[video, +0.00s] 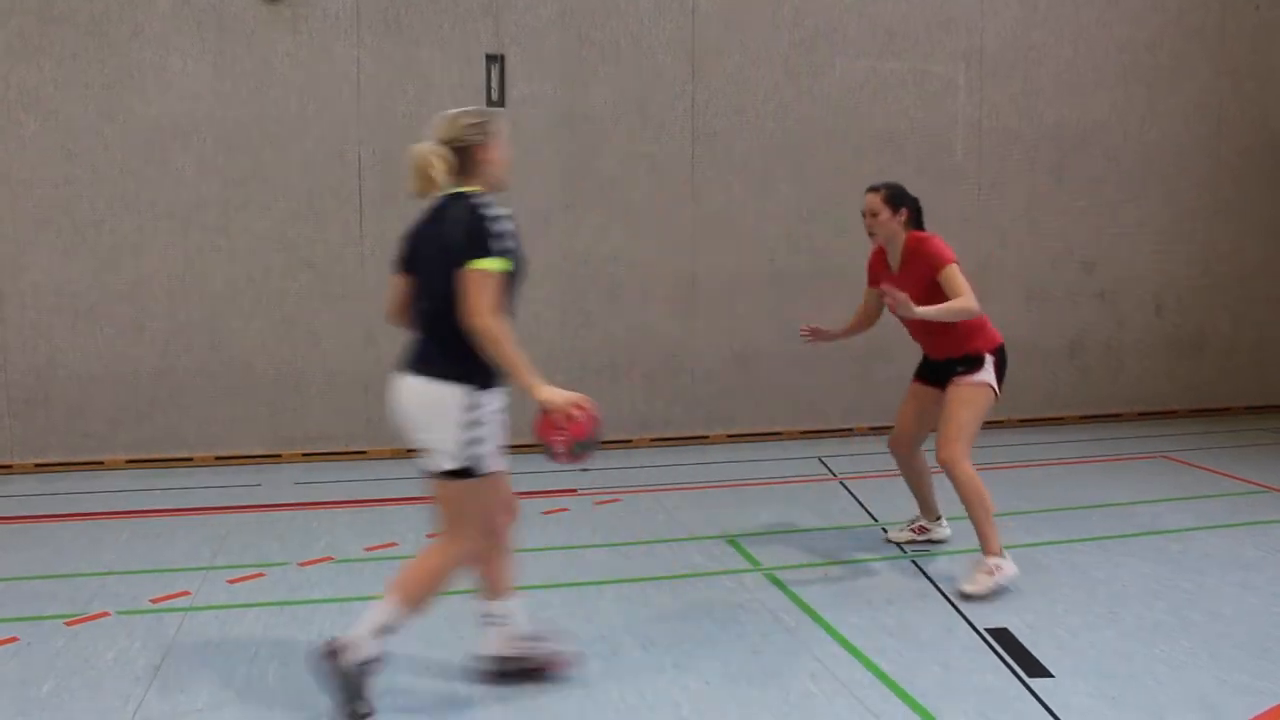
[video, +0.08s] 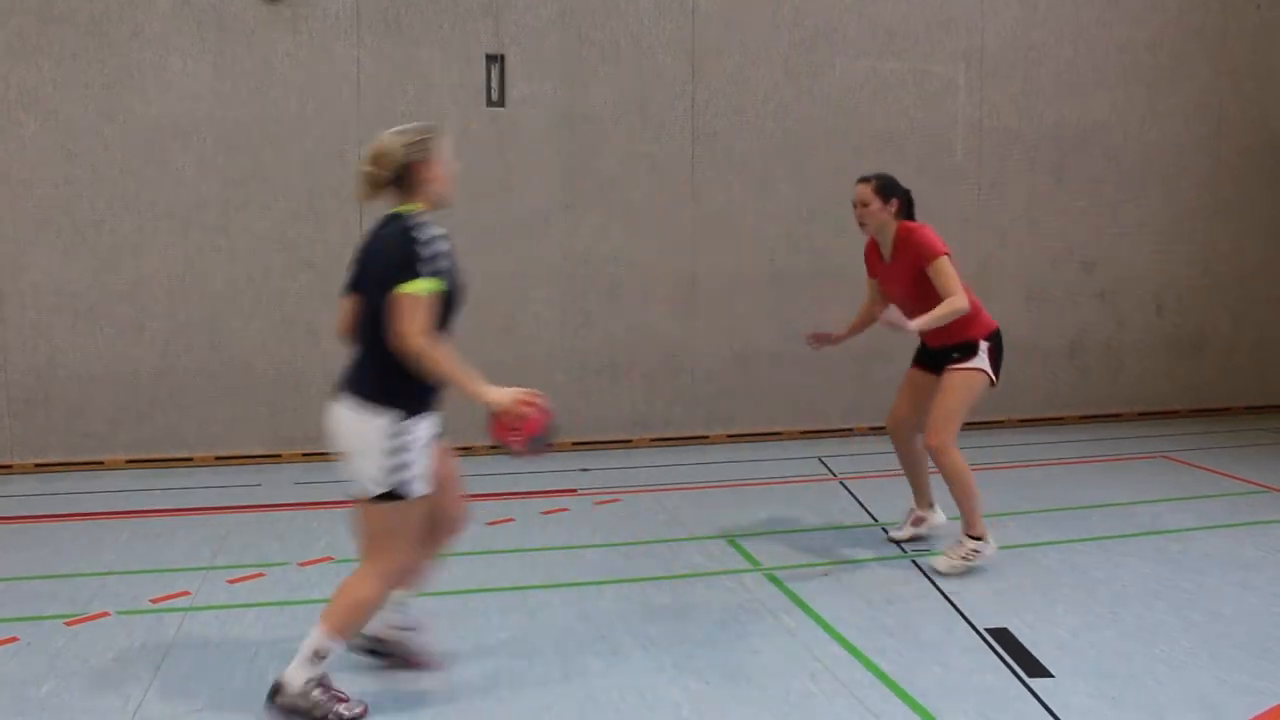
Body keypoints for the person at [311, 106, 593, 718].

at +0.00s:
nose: (507, 154)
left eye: (503, 143)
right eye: (501, 145)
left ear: (456, 155)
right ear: (482, 152)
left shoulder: (431, 216)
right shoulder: (488, 218)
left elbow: (400, 307)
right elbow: (481, 315)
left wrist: (459, 322)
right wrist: (540, 388)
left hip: (421, 387)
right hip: (460, 395)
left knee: (496, 510)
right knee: (467, 535)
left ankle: (504, 639)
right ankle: (358, 647)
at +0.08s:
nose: (450, 170)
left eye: (446, 160)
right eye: (443, 161)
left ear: (402, 176)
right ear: (423, 173)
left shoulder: (386, 233)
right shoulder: (422, 238)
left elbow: (349, 323)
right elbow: (413, 335)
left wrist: (409, 345)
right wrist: (489, 393)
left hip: (380, 408)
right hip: (386, 419)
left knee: (446, 512)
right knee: (392, 556)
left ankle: (384, 621)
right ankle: (301, 676)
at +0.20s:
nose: (375, 187)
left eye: (372, 178)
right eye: (366, 178)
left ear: (340, 187)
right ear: (336, 187)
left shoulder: (332, 252)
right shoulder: (319, 252)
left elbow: (321, 348)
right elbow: (301, 347)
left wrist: (387, 387)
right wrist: (382, 382)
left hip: (310, 423)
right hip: (297, 426)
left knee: (331, 532)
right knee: (352, 556)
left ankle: (229, 581)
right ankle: (293, 687)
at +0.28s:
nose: (328, 183)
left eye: (325, 173)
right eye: (318, 174)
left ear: (289, 185)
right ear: (286, 183)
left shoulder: (287, 245)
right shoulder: (262, 243)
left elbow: (284, 334)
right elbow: (237, 333)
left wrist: (337, 361)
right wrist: (318, 361)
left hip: (261, 408)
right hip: (249, 411)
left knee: (250, 525)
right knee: (302, 542)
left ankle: (153, 591)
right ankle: (286, 688)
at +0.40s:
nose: (268, 190)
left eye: (266, 181)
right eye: (258, 181)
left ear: (231, 190)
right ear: (224, 188)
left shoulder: (236, 250)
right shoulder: (197, 248)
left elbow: (241, 328)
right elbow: (184, 338)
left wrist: (282, 371)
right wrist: (264, 319)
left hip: (196, 408)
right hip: (173, 409)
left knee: (182, 525)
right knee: (233, 522)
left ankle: (105, 617)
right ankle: (233, 666)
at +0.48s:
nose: (234, 185)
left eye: (232, 175)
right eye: (224, 175)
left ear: (199, 182)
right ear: (191, 180)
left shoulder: (197, 238)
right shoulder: (165, 238)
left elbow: (201, 317)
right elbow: (167, 322)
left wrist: (244, 361)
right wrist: (238, 286)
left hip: (167, 398)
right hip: (144, 398)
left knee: (160, 515)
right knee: (198, 512)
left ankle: (105, 620)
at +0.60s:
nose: (194, 162)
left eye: (193, 152)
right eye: (185, 152)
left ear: (155, 157)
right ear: (152, 156)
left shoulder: (149, 210)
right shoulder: (132, 212)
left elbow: (148, 292)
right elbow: (154, 289)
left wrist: (183, 343)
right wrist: (209, 235)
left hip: (140, 372)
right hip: (113, 373)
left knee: (138, 488)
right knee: (123, 496)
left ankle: (105, 604)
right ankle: (29, 582)